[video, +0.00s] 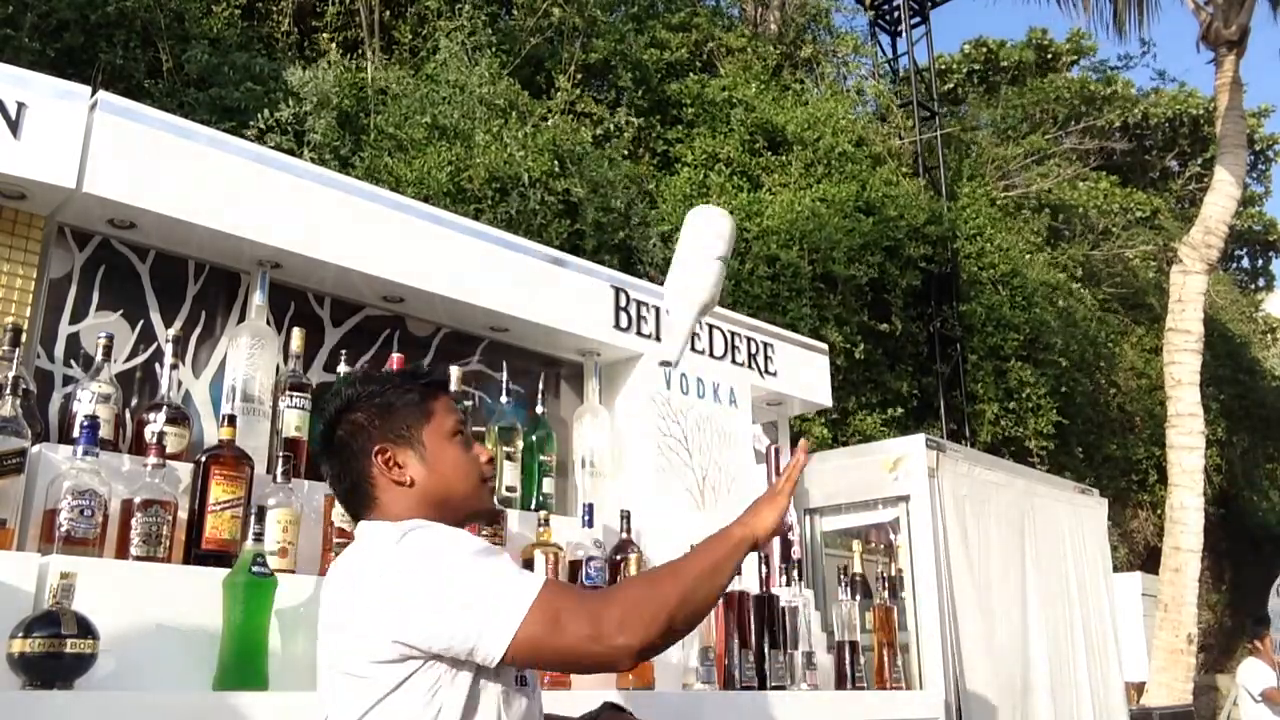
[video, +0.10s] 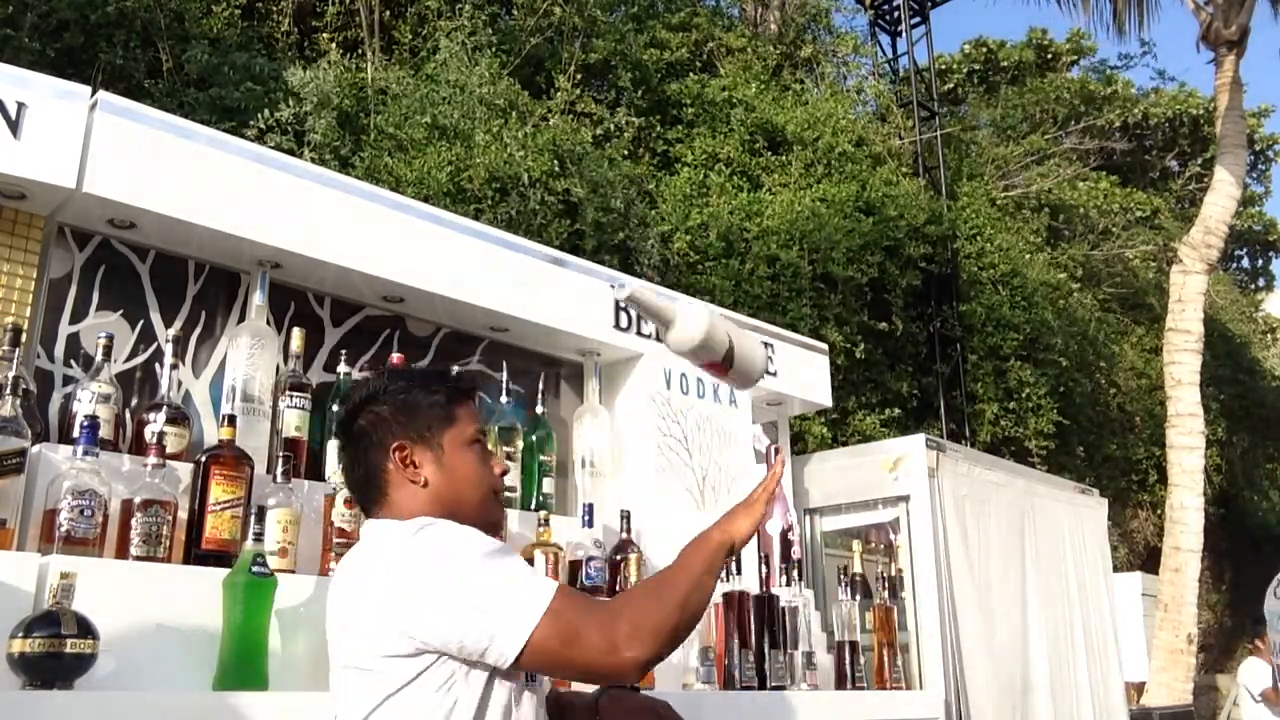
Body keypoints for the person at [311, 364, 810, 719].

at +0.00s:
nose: (487, 454)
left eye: (473, 436)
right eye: (462, 438)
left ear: (392, 469)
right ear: (394, 466)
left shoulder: (378, 563)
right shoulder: (415, 561)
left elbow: (606, 635)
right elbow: (615, 635)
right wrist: (746, 533)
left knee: (611, 710)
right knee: (612, 711)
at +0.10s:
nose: (501, 466)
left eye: (488, 446)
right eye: (479, 445)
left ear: (412, 466)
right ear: (411, 465)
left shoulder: (387, 559)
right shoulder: (428, 556)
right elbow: (622, 645)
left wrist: (599, 703)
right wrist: (723, 536)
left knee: (644, 707)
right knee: (645, 712)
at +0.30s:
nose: (522, 483)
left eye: (514, 460)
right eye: (505, 459)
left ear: (441, 467)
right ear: (438, 466)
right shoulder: (409, 565)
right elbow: (578, 659)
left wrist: (601, 663)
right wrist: (635, 530)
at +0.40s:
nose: (522, 460)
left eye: (512, 441)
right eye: (503, 440)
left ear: (448, 460)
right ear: (445, 456)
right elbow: (540, 625)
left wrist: (600, 615)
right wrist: (609, 486)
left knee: (674, 604)